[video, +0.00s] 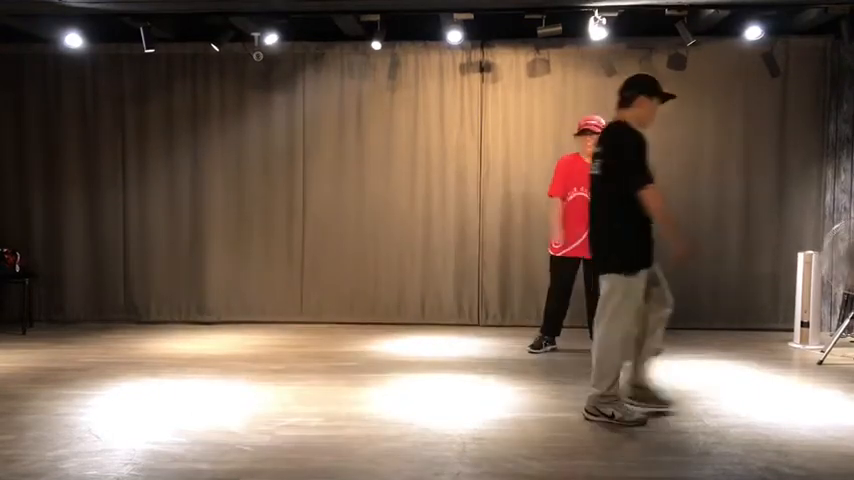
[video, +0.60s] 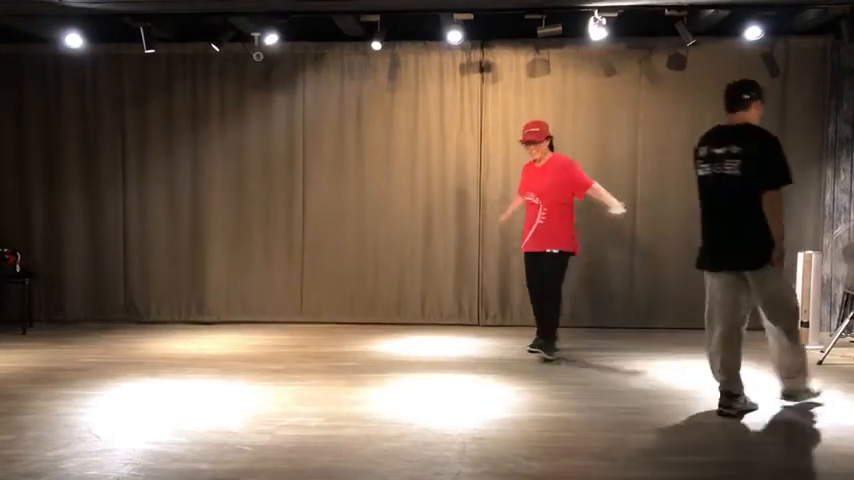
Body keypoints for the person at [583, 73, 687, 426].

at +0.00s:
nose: (657, 112)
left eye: (658, 105)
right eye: (655, 105)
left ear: (630, 102)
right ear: (639, 102)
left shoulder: (613, 136)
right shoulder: (627, 137)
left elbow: (611, 198)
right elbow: (646, 193)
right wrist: (676, 238)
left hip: (626, 250)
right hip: (623, 252)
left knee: (658, 307)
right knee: (616, 323)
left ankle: (636, 384)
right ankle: (601, 398)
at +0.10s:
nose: (677, 112)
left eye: (678, 106)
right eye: (675, 105)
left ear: (648, 104)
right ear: (662, 103)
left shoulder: (630, 138)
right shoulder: (655, 139)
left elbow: (617, 198)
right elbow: (685, 193)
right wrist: (726, 228)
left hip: (638, 250)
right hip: (645, 252)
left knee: (674, 321)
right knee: (627, 327)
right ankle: (604, 398)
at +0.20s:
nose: (696, 111)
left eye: (696, 105)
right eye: (693, 105)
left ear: (666, 106)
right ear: (681, 105)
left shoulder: (649, 141)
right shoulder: (684, 141)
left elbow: (640, 198)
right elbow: (716, 192)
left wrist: (646, 238)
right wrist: (755, 223)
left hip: (656, 248)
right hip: (670, 250)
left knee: (692, 328)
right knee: (647, 327)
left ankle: (721, 391)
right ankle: (611, 392)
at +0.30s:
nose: (716, 109)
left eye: (715, 103)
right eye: (713, 103)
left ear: (684, 106)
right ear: (702, 104)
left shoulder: (669, 140)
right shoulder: (706, 138)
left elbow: (670, 197)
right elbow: (736, 191)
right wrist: (770, 228)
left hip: (673, 243)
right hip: (697, 243)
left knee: (703, 321)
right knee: (699, 318)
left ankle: (726, 395)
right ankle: (636, 376)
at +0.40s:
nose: (731, 110)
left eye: (731, 104)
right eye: (730, 104)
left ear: (700, 105)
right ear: (721, 104)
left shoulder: (683, 139)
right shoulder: (727, 136)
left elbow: (684, 197)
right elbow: (750, 193)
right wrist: (773, 237)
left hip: (687, 247)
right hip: (720, 244)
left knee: (710, 324)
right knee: (745, 311)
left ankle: (729, 396)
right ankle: (688, 367)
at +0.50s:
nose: (746, 110)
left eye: (745, 104)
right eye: (745, 104)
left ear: (713, 105)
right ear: (736, 103)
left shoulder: (693, 141)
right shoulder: (746, 139)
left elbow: (693, 199)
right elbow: (760, 197)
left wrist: (696, 241)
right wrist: (774, 242)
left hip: (702, 245)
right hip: (741, 243)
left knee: (717, 317)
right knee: (766, 304)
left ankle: (727, 392)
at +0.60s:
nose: (761, 111)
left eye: (760, 106)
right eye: (761, 106)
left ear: (728, 106)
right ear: (754, 105)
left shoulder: (705, 142)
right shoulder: (762, 141)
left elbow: (708, 199)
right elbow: (771, 196)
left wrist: (712, 238)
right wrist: (778, 241)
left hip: (716, 247)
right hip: (756, 246)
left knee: (723, 325)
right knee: (783, 316)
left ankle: (729, 395)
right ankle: (794, 386)